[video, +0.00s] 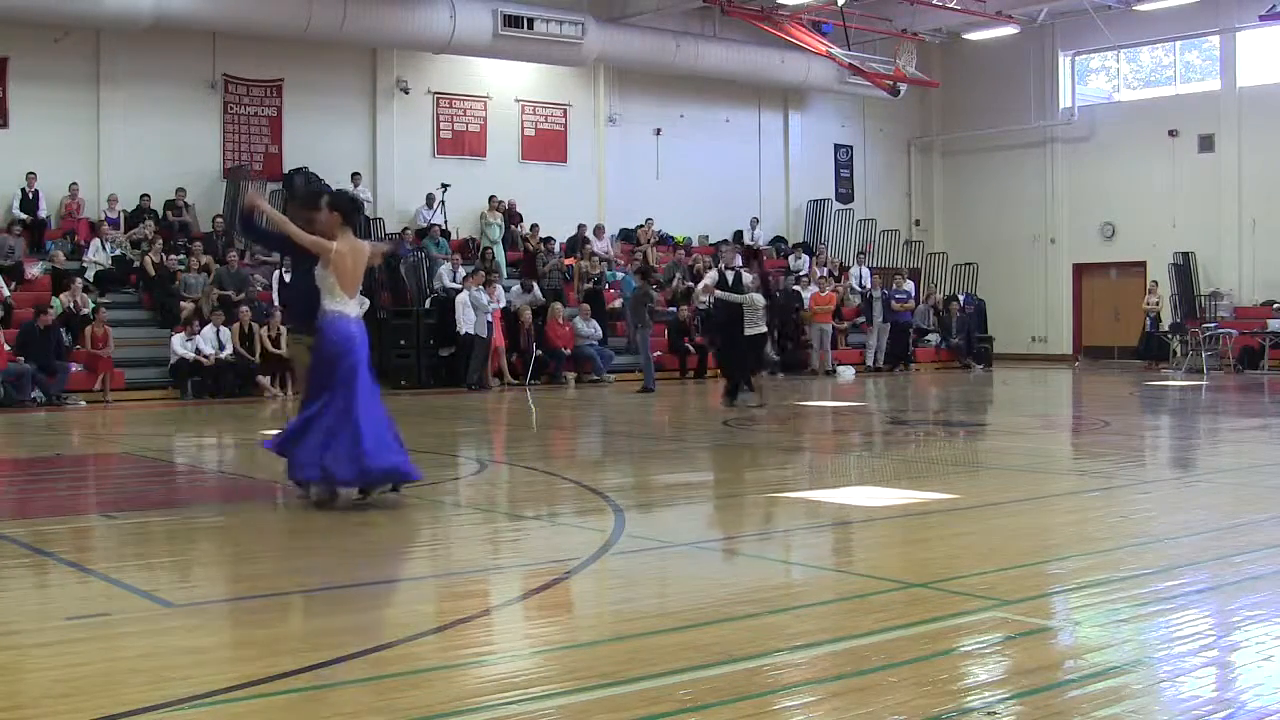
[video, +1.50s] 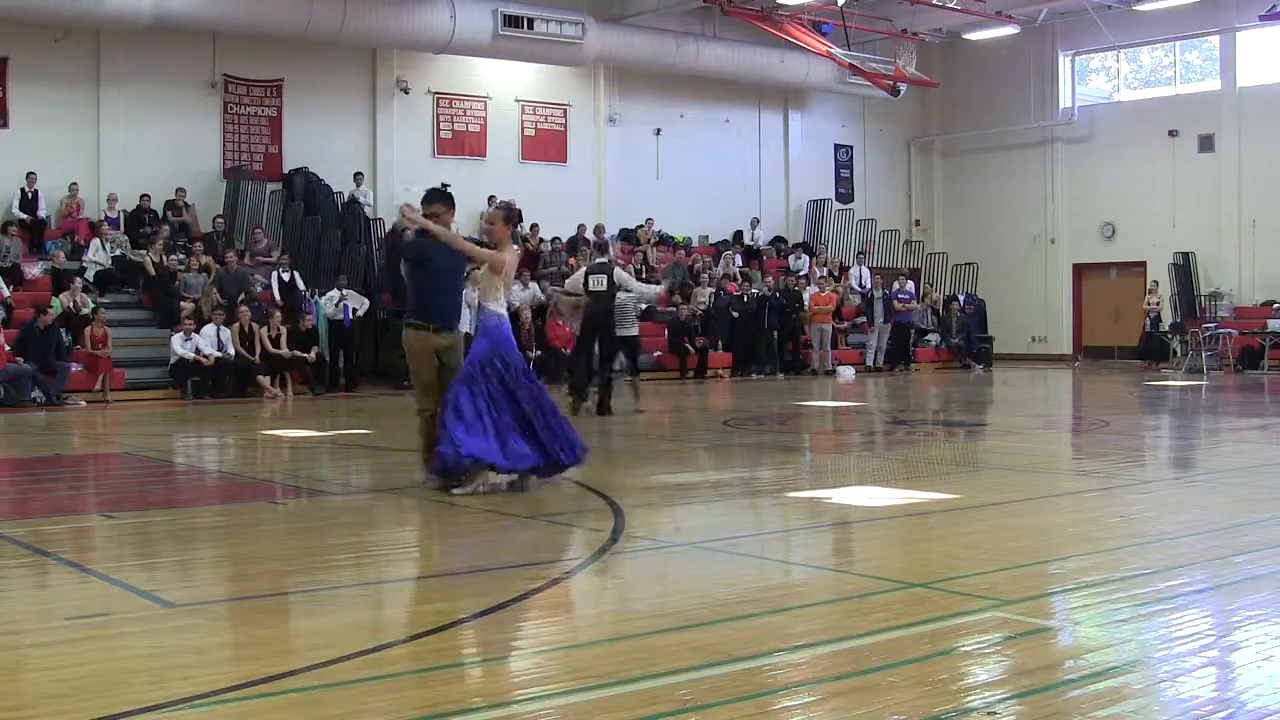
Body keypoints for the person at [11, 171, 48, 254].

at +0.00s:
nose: (31, 181)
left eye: (33, 179)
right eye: (29, 179)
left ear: (36, 180)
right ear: (26, 180)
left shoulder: (39, 193)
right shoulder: (19, 192)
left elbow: (42, 209)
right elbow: (15, 210)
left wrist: (41, 216)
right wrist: (25, 217)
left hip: (36, 217)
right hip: (24, 217)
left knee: (42, 223)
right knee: (34, 225)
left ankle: (40, 247)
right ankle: (32, 248)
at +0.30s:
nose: (31, 180)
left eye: (33, 178)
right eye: (29, 178)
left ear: (36, 180)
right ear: (26, 180)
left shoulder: (39, 193)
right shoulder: (20, 192)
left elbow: (42, 209)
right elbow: (15, 209)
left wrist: (41, 216)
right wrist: (25, 217)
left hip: (36, 216)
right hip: (24, 216)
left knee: (42, 223)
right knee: (32, 224)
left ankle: (39, 247)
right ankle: (31, 247)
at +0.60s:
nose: (31, 180)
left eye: (33, 178)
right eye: (29, 178)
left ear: (36, 180)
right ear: (26, 180)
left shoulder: (39, 193)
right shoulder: (20, 192)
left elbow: (42, 208)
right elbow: (14, 209)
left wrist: (41, 216)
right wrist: (24, 217)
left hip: (36, 216)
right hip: (24, 216)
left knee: (42, 223)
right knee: (32, 224)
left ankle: (40, 247)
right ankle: (30, 247)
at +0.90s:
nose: (31, 181)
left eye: (33, 179)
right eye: (29, 179)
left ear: (36, 180)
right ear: (26, 180)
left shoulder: (39, 193)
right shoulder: (19, 192)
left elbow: (42, 209)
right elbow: (14, 210)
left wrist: (41, 216)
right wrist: (25, 217)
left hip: (36, 218)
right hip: (24, 218)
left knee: (42, 223)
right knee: (32, 225)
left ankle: (40, 248)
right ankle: (31, 248)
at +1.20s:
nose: (31, 181)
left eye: (33, 179)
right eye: (29, 179)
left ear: (36, 180)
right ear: (26, 180)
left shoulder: (39, 193)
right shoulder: (19, 192)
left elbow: (42, 209)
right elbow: (14, 209)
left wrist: (41, 216)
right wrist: (25, 217)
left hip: (35, 217)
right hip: (24, 217)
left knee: (42, 223)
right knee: (33, 224)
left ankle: (39, 247)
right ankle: (32, 248)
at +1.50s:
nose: (32, 181)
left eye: (34, 179)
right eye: (30, 179)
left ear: (36, 181)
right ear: (26, 180)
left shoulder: (39, 193)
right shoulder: (19, 192)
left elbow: (42, 208)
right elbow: (14, 209)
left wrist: (41, 216)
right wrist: (25, 217)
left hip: (35, 217)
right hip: (24, 217)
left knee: (42, 223)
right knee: (33, 225)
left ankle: (38, 248)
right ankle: (32, 248)